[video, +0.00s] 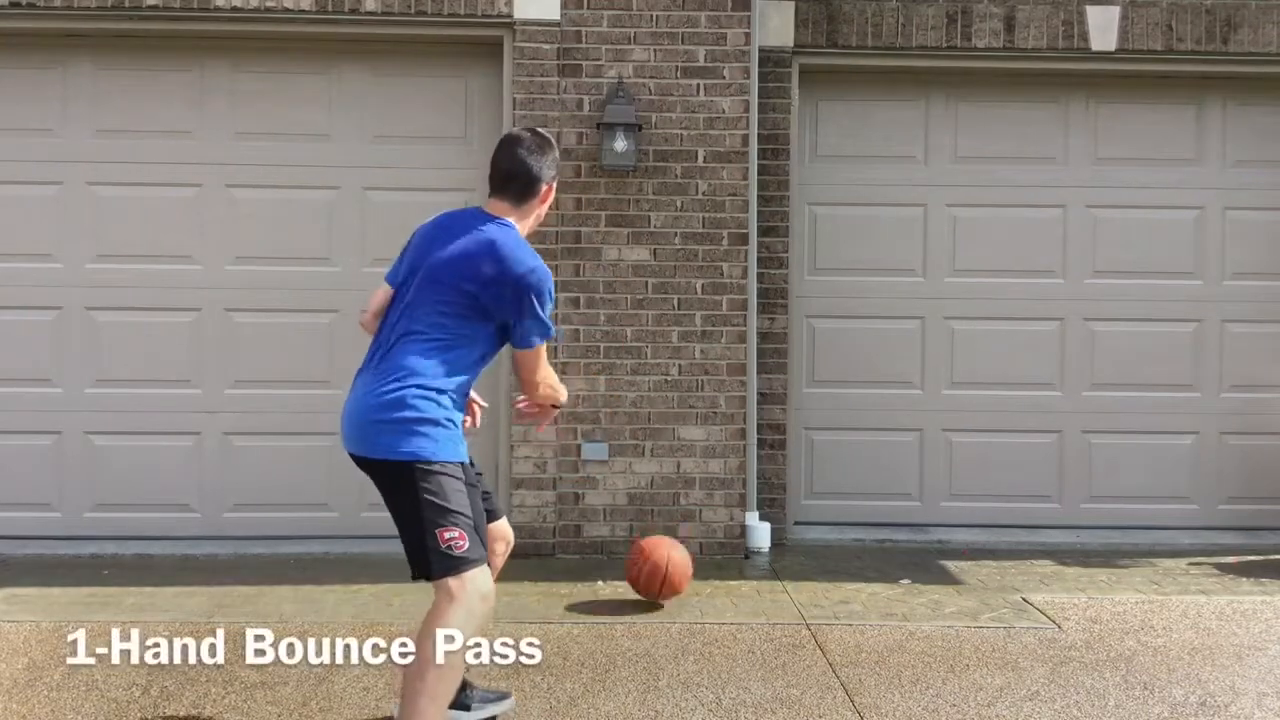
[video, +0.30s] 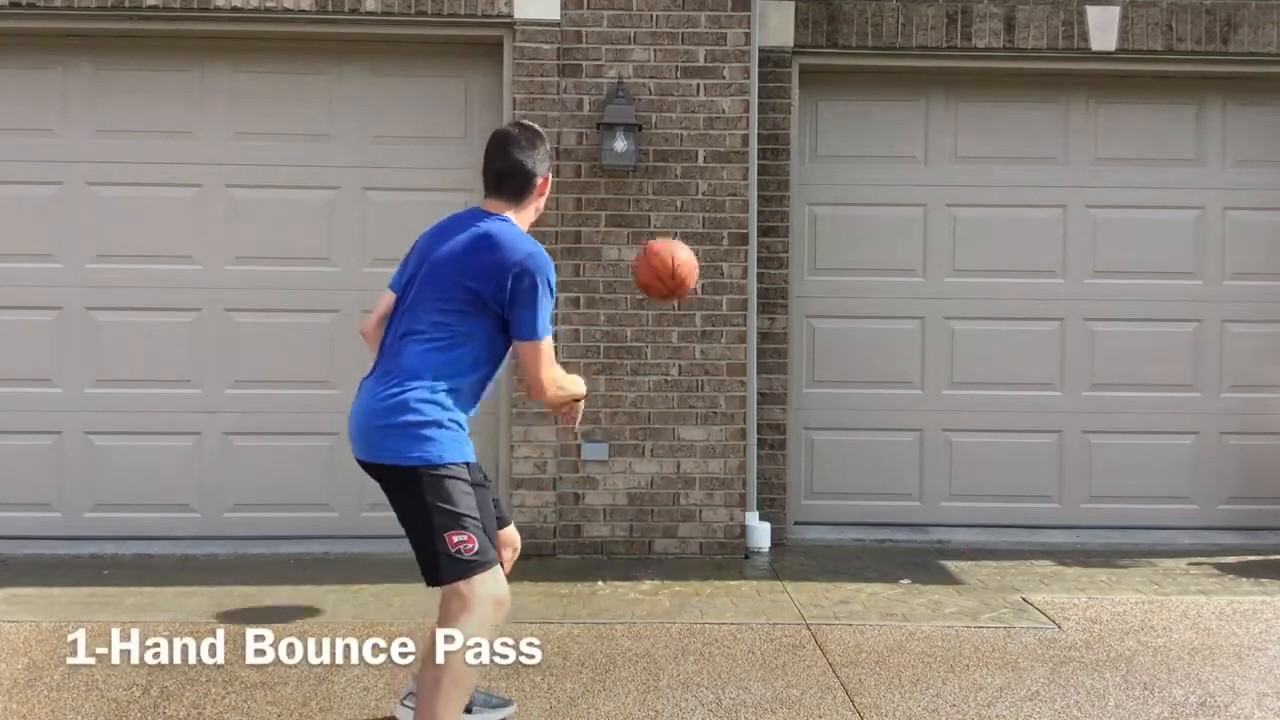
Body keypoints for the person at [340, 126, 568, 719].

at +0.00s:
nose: (554, 198)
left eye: (552, 188)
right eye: (555, 189)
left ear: (490, 180)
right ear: (546, 195)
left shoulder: (438, 228)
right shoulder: (524, 267)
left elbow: (375, 315)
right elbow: (534, 379)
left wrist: (446, 385)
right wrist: (556, 396)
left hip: (378, 414)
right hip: (416, 424)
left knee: (496, 539)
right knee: (466, 587)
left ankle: (439, 682)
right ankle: (414, 711)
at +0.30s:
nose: (551, 190)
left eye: (551, 181)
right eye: (552, 181)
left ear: (485, 177)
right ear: (544, 186)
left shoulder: (440, 232)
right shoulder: (525, 257)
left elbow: (374, 325)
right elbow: (539, 385)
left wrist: (417, 389)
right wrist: (578, 387)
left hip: (385, 418)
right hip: (422, 428)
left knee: (503, 543)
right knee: (481, 594)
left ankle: (428, 692)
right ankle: (438, 711)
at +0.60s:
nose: (545, 156)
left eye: (544, 145)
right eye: (543, 145)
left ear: (475, 154)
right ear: (529, 155)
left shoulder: (447, 212)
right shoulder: (525, 222)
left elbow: (391, 313)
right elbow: (641, 267)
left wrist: (459, 389)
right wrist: (707, 207)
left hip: (393, 411)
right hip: (420, 419)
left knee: (491, 542)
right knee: (475, 591)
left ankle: (428, 695)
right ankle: (434, 713)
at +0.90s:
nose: (573, 192)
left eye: (571, 181)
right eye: (574, 181)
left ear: (509, 173)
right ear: (566, 187)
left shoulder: (484, 230)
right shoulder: (499, 245)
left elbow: (404, 283)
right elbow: (576, 345)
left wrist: (405, 363)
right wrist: (648, 278)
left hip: (440, 425)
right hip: (418, 426)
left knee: (513, 551)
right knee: (475, 591)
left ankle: (430, 689)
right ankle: (432, 710)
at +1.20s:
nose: (582, 213)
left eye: (579, 202)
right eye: (584, 204)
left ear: (517, 194)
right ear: (575, 211)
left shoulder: (479, 238)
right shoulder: (533, 290)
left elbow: (465, 327)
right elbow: (555, 388)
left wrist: (513, 375)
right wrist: (594, 411)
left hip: (439, 429)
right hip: (421, 438)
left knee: (521, 550)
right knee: (487, 596)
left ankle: (434, 687)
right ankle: (439, 712)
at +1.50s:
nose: (576, 199)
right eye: (576, 190)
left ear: (510, 184)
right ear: (570, 196)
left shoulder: (470, 237)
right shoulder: (536, 269)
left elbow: (409, 332)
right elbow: (549, 399)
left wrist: (472, 411)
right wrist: (611, 399)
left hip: (420, 427)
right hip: (433, 437)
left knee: (523, 551)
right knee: (504, 602)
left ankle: (439, 684)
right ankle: (450, 711)